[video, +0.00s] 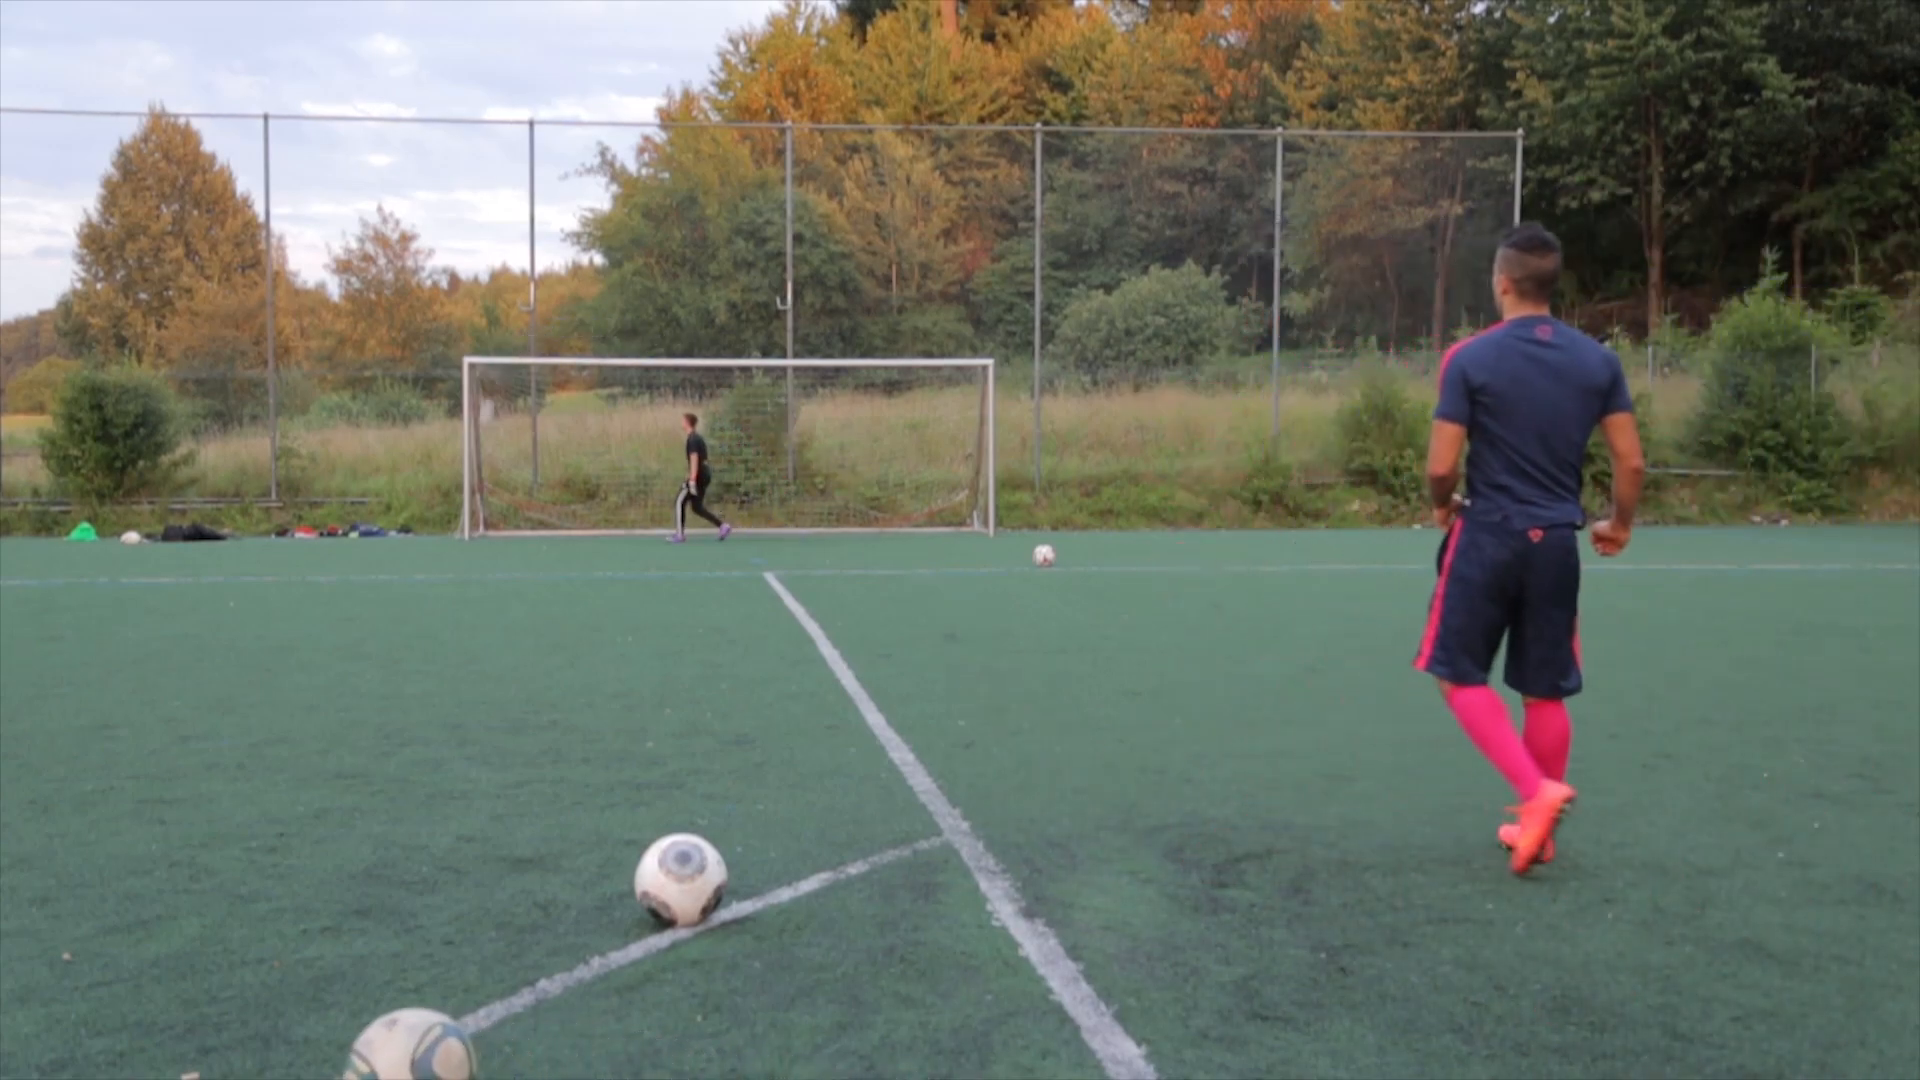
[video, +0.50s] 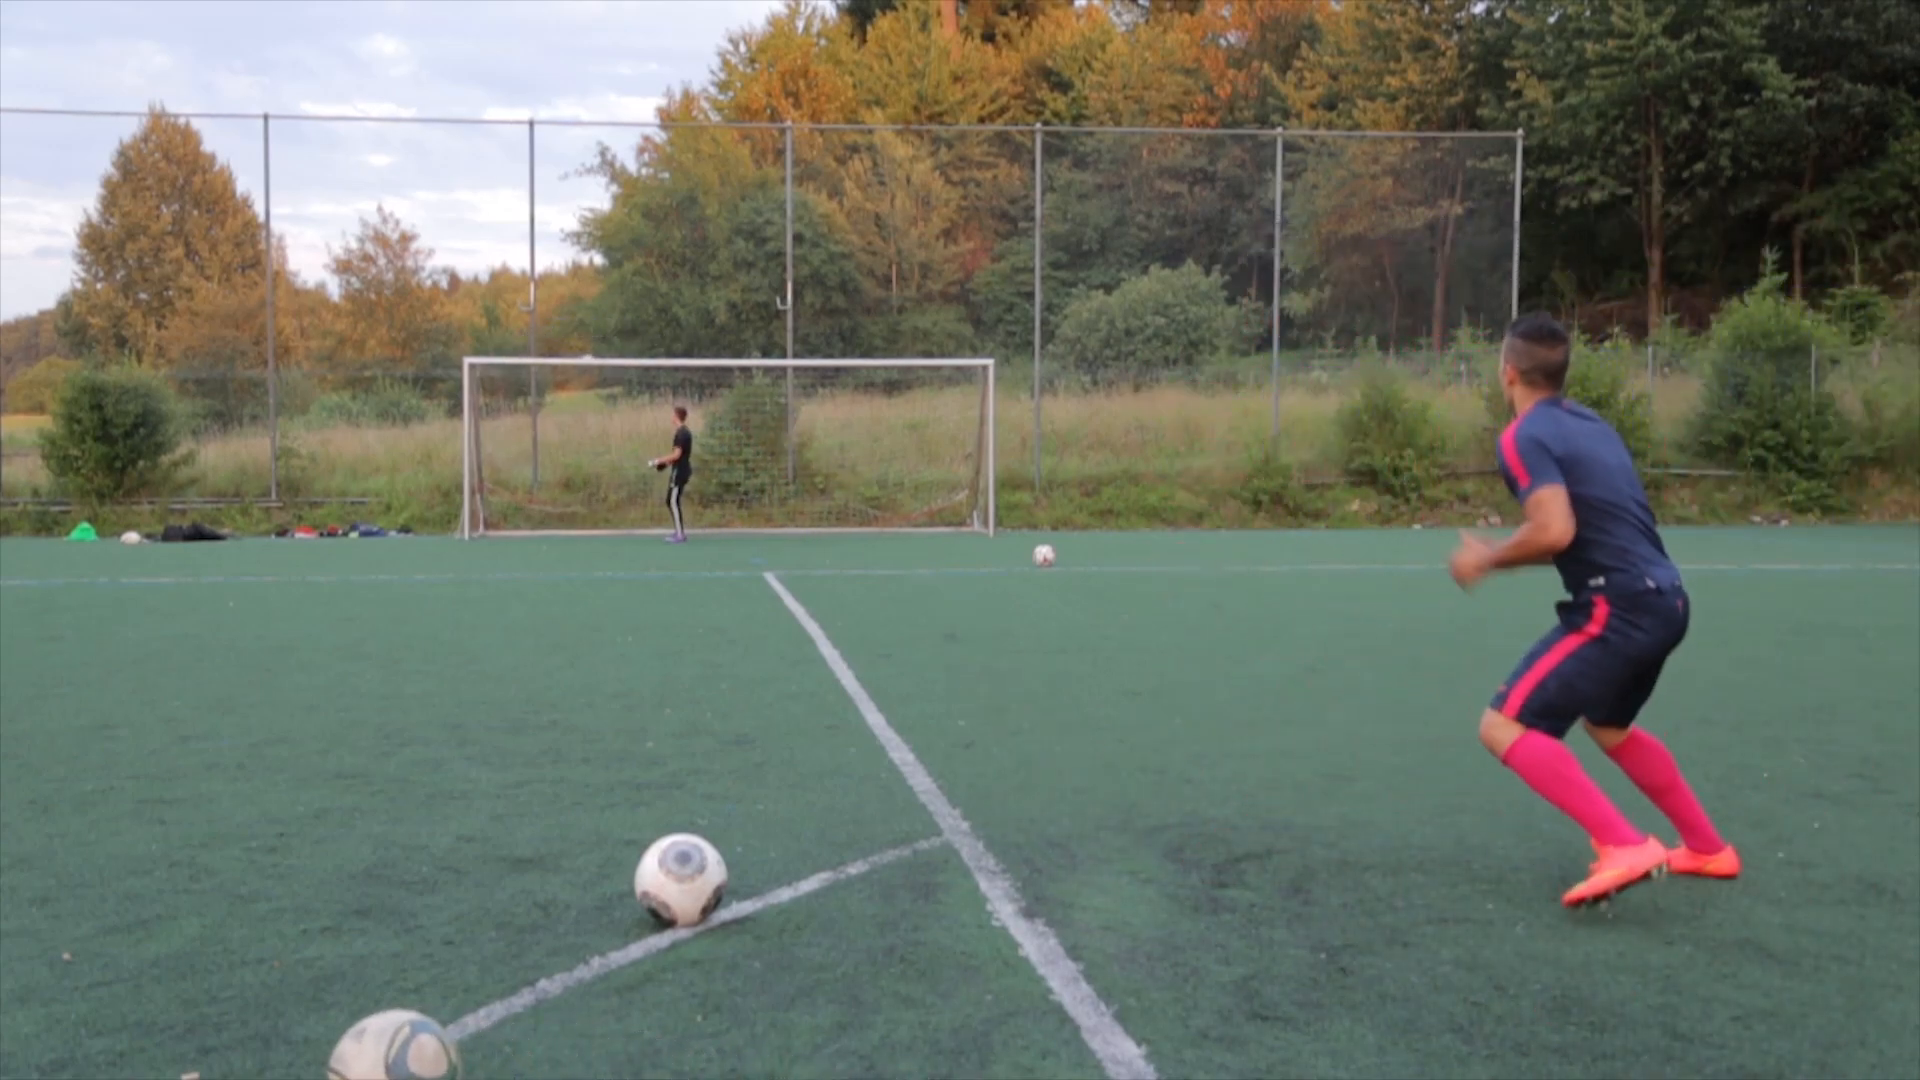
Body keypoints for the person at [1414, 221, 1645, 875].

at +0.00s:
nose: (1494, 287)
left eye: (1495, 279)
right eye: (1502, 279)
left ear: (1500, 284)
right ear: (1555, 285)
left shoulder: (1470, 358)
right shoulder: (1596, 359)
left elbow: (1441, 469)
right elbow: (1629, 460)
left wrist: (1445, 508)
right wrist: (1620, 522)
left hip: (1487, 542)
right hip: (1557, 546)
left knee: (1460, 673)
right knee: (1546, 685)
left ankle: (1537, 793)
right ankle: (1539, 828)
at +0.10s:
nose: (1509, 286)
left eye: (1510, 278)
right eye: (1517, 278)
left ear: (1515, 283)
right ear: (1570, 287)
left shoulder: (1485, 359)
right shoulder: (1610, 361)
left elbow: (1457, 469)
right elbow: (1641, 465)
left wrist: (1447, 511)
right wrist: (1623, 527)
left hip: (1508, 544)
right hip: (1576, 546)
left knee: (1495, 685)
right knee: (1557, 689)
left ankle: (1592, 819)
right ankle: (1541, 830)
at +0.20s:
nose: (1508, 295)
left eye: (1510, 288)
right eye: (1512, 288)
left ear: (1517, 293)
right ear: (1572, 297)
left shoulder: (1496, 364)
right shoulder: (1610, 362)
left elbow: (1480, 464)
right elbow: (1656, 459)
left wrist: (1462, 506)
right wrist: (1626, 527)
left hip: (1541, 550)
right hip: (1602, 547)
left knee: (1519, 697)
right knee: (1575, 682)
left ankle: (1610, 843)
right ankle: (1576, 817)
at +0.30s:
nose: (1505, 317)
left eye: (1506, 309)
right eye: (1510, 308)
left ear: (1512, 314)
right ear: (1568, 314)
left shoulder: (1509, 376)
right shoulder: (1605, 372)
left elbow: (1529, 463)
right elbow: (1661, 466)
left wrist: (1494, 523)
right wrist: (1621, 529)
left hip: (1574, 556)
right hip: (1628, 554)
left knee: (1509, 704)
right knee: (1582, 679)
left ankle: (1609, 842)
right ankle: (1662, 801)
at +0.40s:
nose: (1502, 343)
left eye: (1504, 335)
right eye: (1506, 335)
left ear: (1512, 341)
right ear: (1566, 344)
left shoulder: (1519, 402)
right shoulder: (1599, 398)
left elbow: (1562, 481)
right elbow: (1646, 496)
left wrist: (1508, 549)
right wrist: (1571, 564)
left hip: (1604, 581)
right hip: (1649, 577)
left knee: (1494, 706)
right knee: (1607, 709)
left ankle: (1612, 830)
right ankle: (1704, 842)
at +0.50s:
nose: (1498, 371)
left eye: (1500, 363)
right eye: (1500, 363)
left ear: (1508, 371)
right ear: (1562, 373)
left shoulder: (1524, 434)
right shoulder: (1592, 424)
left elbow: (1553, 529)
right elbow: (1606, 527)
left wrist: (1487, 556)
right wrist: (1510, 551)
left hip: (1617, 605)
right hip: (1664, 603)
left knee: (1505, 728)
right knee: (1610, 725)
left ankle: (1623, 846)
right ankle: (1708, 848)